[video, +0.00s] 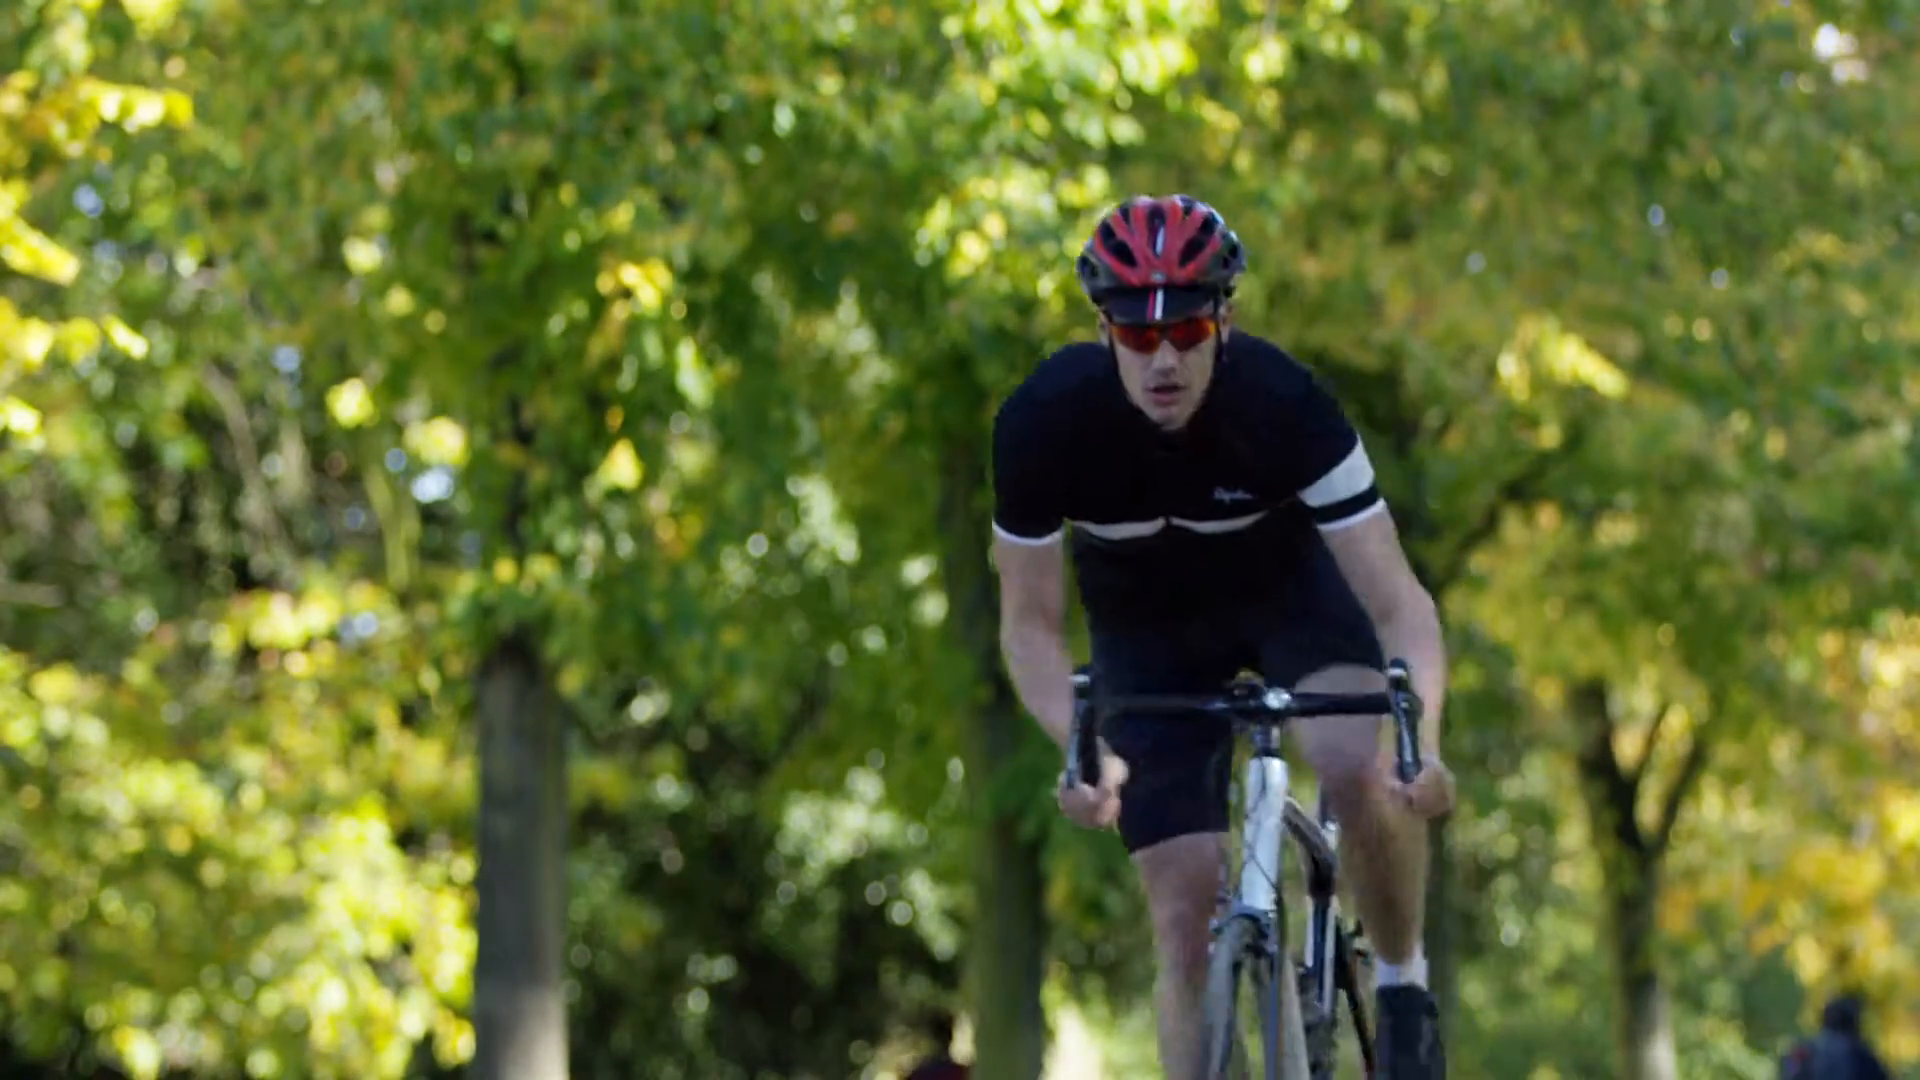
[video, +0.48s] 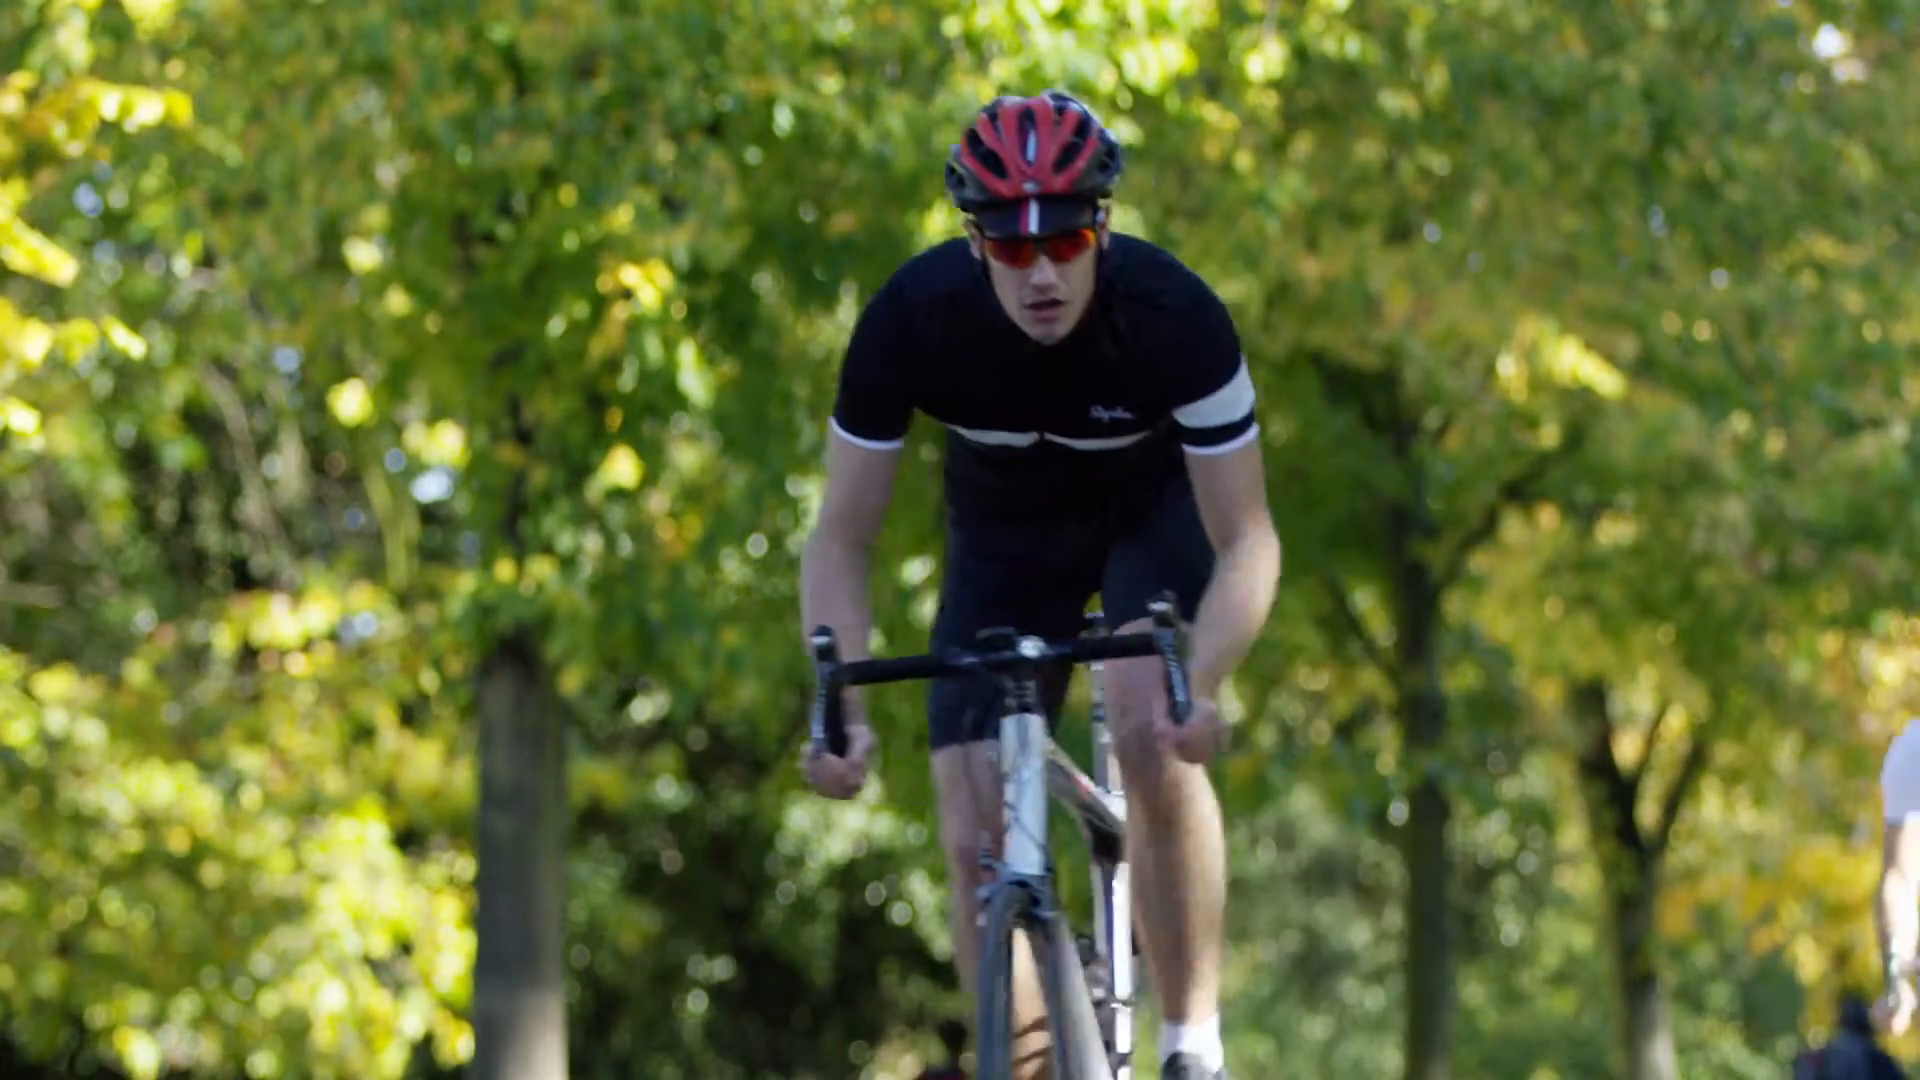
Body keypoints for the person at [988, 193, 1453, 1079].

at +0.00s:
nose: (1163, 361)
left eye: (1186, 332)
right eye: (1138, 336)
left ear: (1223, 321)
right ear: (1105, 328)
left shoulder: (1284, 401)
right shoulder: (1043, 423)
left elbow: (1399, 598)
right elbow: (1029, 619)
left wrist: (1421, 741)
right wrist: (1081, 739)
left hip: (1293, 595)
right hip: (1143, 622)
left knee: (1361, 770)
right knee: (1186, 916)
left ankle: (1402, 989)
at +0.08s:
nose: (1150, 349)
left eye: (1172, 322)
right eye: (1125, 325)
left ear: (1208, 310)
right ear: (1090, 316)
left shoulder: (1267, 388)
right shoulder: (1027, 406)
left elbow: (1378, 592)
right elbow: (1001, 611)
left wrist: (1390, 735)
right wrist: (1046, 732)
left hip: (1269, 582)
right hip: (1121, 607)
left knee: (1327, 739)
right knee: (1160, 885)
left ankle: (1372, 991)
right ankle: (1179, 1068)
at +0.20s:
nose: (1123, 327)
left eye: (1145, 299)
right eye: (1097, 302)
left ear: (1183, 288)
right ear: (1061, 295)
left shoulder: (1246, 372)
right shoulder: (997, 378)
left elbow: (1341, 580)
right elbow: (955, 583)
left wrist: (1337, 724)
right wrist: (988, 720)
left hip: (1234, 559)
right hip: (1086, 582)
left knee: (1275, 721)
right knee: (1115, 884)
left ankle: (1317, 986)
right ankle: (1140, 1069)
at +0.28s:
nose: (1103, 312)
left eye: (1126, 283)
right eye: (1077, 286)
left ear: (1163, 271)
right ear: (1041, 278)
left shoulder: (1227, 356)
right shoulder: (972, 363)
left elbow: (1317, 570)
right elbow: (924, 571)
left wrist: (1303, 713)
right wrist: (945, 714)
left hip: (1211, 540)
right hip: (1062, 558)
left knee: (1233, 704)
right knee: (1077, 859)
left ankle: (1282, 1004)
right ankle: (1111, 1071)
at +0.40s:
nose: (1069, 289)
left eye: (1092, 259)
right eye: (1041, 263)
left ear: (1128, 245)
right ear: (1005, 254)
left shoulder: (1196, 329)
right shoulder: (937, 334)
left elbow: (1277, 551)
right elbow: (872, 547)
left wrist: (1241, 694)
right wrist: (882, 705)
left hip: (1171, 516)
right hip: (1021, 532)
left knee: (1185, 738)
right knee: (1018, 845)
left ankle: (1226, 1034)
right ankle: (1064, 1067)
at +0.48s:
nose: (1040, 274)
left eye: (1063, 244)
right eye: (1012, 248)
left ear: (1100, 228)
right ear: (975, 238)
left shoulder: (1173, 314)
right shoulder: (910, 317)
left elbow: (1248, 537)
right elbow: (840, 532)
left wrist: (1202, 678)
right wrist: (838, 698)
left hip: (1152, 516)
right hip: (999, 525)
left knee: (1151, 737)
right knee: (974, 839)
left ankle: (1192, 1050)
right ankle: (1022, 1066)